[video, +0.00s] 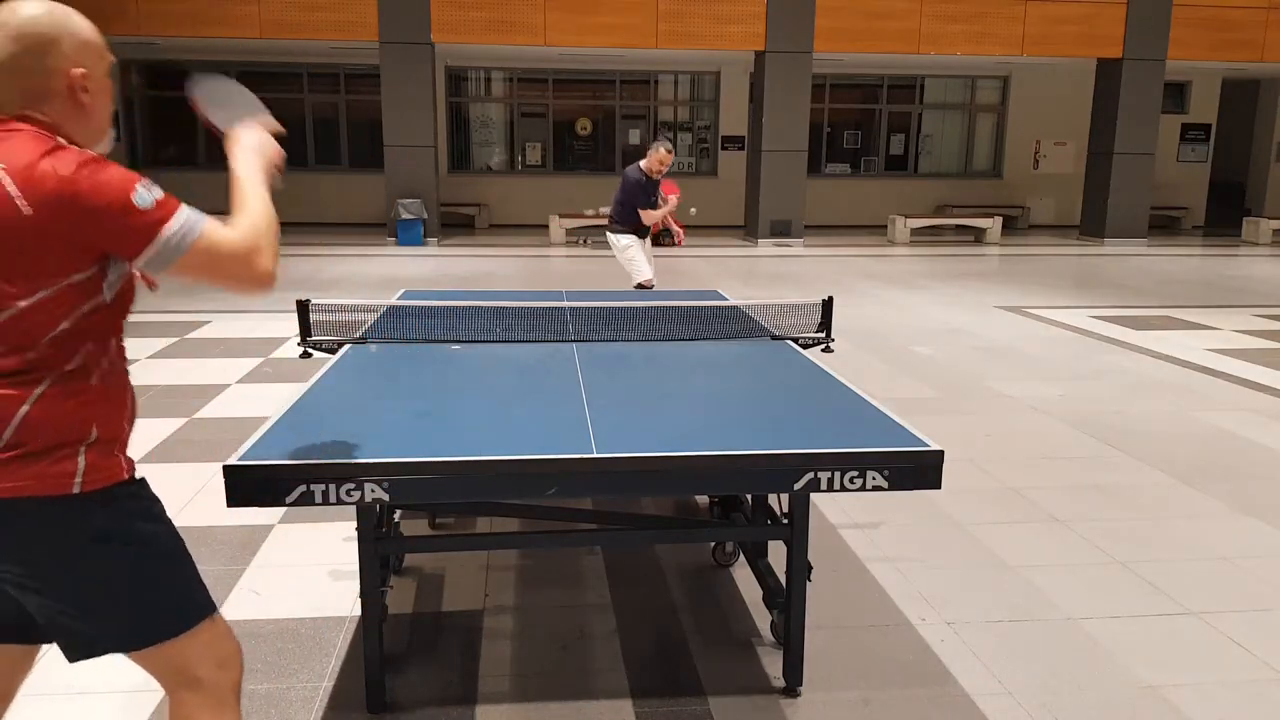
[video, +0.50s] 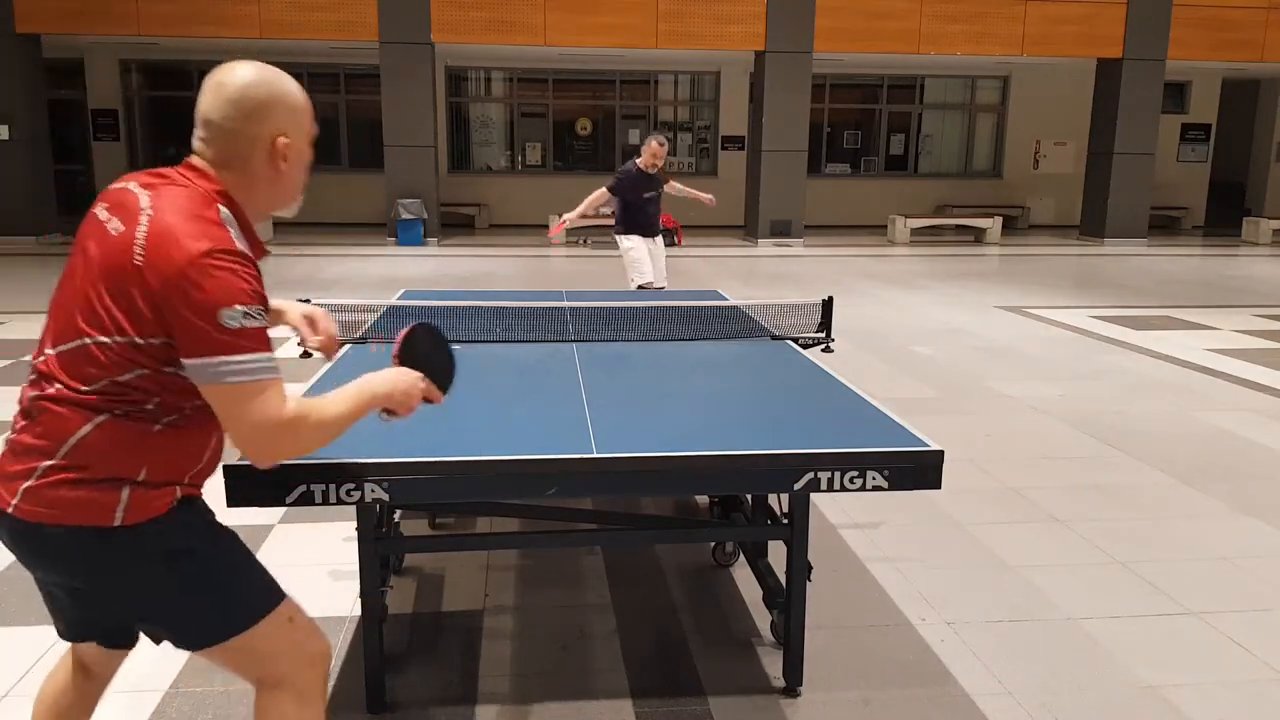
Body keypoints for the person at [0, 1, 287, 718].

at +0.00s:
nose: (114, 89)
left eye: (109, 73)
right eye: (106, 74)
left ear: (14, 85)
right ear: (75, 85)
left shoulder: (9, 162)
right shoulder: (70, 180)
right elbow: (253, 260)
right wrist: (250, 157)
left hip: (7, 492)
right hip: (66, 496)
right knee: (209, 670)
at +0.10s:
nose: (172, 109)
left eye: (170, 93)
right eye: (168, 93)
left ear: (71, 98)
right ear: (140, 101)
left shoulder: (12, 178)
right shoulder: (119, 205)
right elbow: (266, 334)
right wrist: (308, 230)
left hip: (12, 501)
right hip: (88, 510)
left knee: (25, 661)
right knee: (237, 681)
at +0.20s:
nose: (231, 131)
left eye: (228, 113)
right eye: (227, 113)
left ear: (122, 116)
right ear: (202, 123)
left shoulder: (39, 194)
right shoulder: (158, 230)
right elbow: (263, 393)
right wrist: (342, 323)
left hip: (15, 498)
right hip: (108, 510)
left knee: (70, 636)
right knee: (259, 681)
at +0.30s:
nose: (261, 139)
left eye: (262, 121)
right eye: (261, 121)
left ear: (161, 114)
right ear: (236, 126)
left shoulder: (71, 186)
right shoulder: (186, 229)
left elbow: (97, 345)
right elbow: (247, 415)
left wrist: (216, 342)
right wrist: (346, 373)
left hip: (19, 488)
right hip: (115, 505)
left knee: (82, 647)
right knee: (260, 677)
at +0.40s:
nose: (283, 144)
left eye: (282, 127)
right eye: (281, 126)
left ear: (178, 118)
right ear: (256, 132)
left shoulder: (98, 183)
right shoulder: (192, 236)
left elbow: (124, 313)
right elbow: (242, 422)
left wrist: (235, 316)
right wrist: (349, 389)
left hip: (24, 489)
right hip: (110, 505)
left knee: (83, 654)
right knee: (284, 660)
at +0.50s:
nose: (313, 161)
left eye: (312, 144)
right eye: (310, 143)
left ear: (206, 133)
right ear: (279, 151)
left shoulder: (131, 194)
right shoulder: (203, 255)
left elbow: (170, 302)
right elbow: (268, 437)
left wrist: (279, 311)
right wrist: (374, 390)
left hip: (39, 496)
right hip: (120, 510)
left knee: (90, 657)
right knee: (297, 662)